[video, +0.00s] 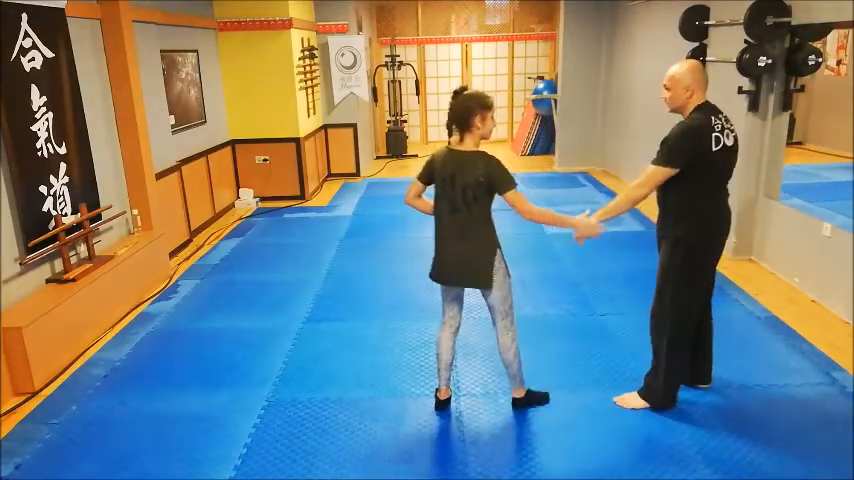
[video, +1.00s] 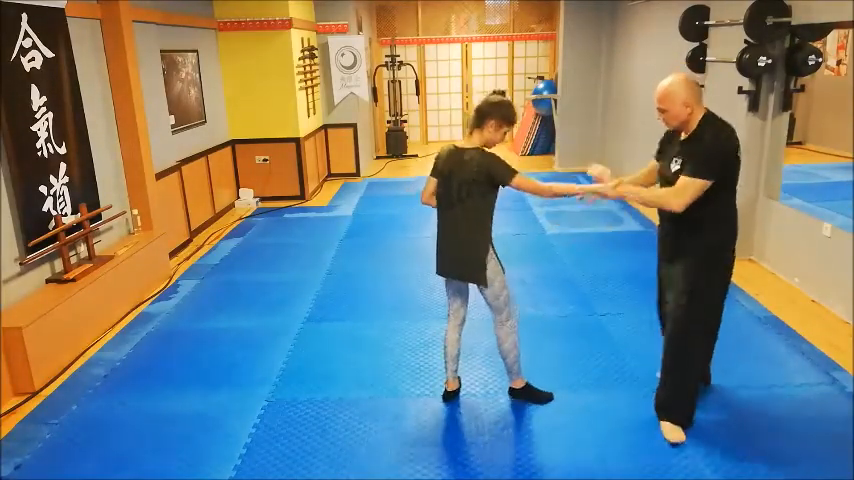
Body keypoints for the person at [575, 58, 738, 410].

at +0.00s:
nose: (663, 94)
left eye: (668, 89)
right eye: (664, 88)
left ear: (690, 91)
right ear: (695, 91)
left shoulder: (687, 132)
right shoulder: (720, 122)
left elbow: (643, 188)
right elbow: (710, 183)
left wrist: (597, 218)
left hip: (687, 232)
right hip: (711, 225)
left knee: (669, 309)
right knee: (696, 300)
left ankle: (658, 393)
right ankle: (697, 372)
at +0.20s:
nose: (661, 97)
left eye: (666, 91)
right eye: (662, 91)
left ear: (687, 92)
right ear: (693, 92)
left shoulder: (684, 133)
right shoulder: (721, 124)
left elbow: (641, 189)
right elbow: (711, 185)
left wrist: (598, 223)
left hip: (686, 230)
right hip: (711, 224)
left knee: (668, 307)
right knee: (695, 300)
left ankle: (657, 392)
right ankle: (695, 372)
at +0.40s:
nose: (661, 100)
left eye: (665, 94)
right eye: (660, 94)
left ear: (688, 93)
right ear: (693, 94)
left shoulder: (684, 133)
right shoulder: (722, 123)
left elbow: (639, 187)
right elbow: (716, 185)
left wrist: (595, 215)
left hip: (689, 233)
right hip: (715, 227)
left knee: (668, 310)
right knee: (696, 301)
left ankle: (658, 393)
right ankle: (696, 373)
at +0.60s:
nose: (662, 105)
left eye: (666, 98)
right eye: (662, 99)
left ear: (689, 96)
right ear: (693, 97)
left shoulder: (693, 135)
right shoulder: (721, 123)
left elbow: (642, 184)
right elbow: (708, 185)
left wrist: (596, 195)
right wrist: (672, 213)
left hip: (696, 237)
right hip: (716, 230)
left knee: (670, 312)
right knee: (697, 304)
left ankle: (659, 394)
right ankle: (697, 374)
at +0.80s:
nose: (664, 110)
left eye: (668, 103)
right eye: (663, 104)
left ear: (691, 98)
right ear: (687, 99)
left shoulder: (708, 136)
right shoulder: (699, 125)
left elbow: (662, 188)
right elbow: (672, 178)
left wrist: (610, 181)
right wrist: (631, 193)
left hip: (703, 242)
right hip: (686, 235)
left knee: (676, 320)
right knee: (691, 309)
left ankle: (666, 405)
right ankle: (696, 373)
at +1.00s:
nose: (661, 118)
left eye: (665, 111)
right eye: (659, 111)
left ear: (689, 105)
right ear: (676, 107)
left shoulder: (717, 139)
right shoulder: (675, 134)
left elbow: (677, 200)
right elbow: (652, 174)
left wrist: (626, 193)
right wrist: (615, 182)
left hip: (705, 253)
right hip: (675, 247)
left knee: (684, 331)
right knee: (675, 317)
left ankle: (673, 414)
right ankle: (695, 373)